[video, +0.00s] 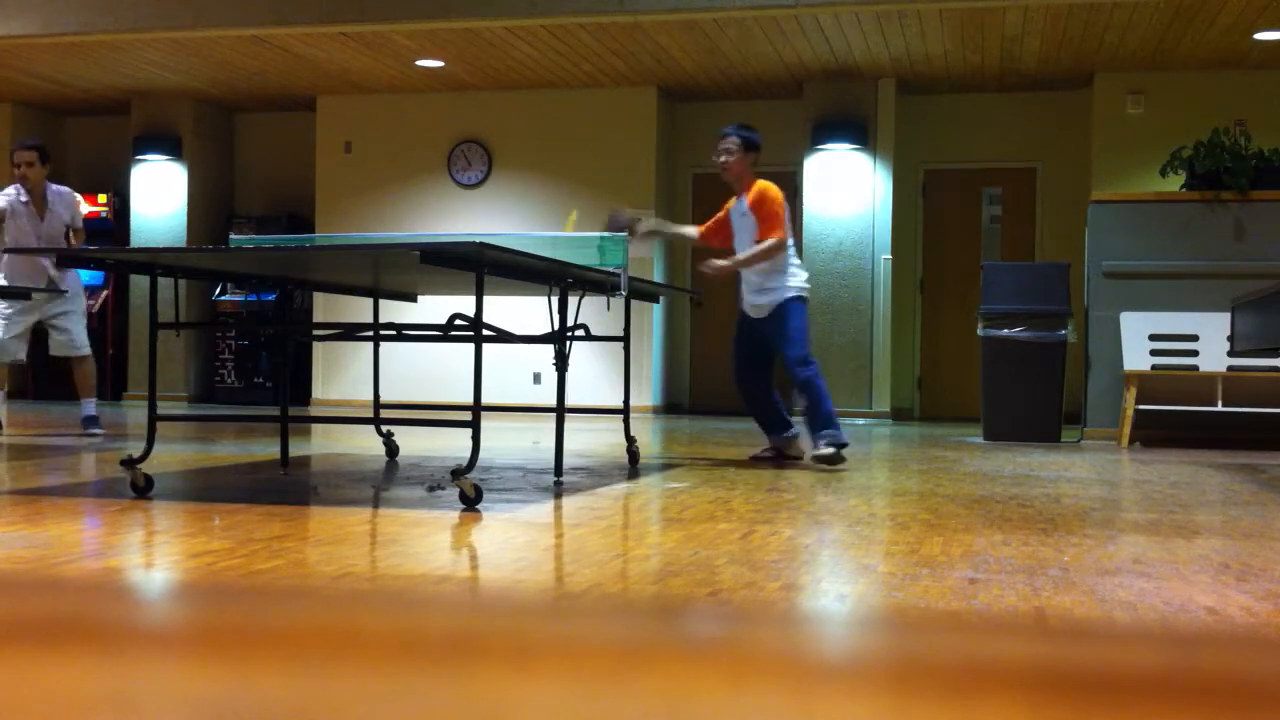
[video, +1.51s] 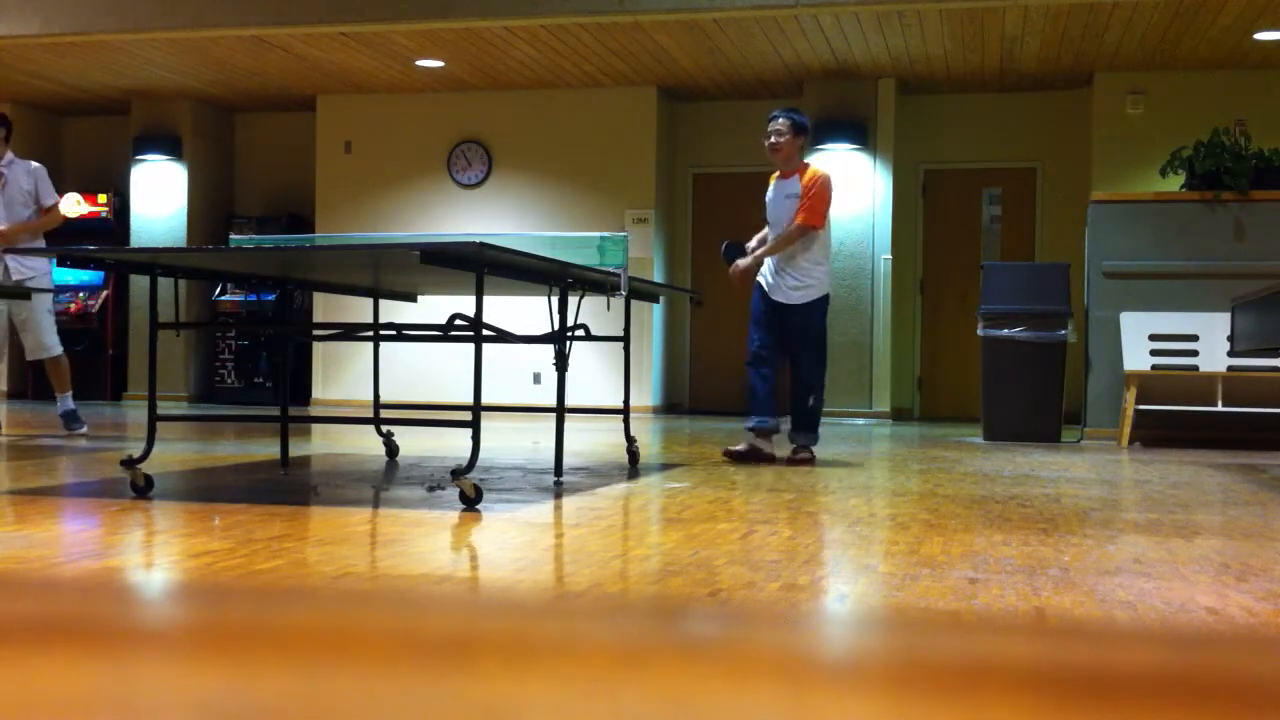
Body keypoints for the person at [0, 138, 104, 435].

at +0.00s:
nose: (22, 171)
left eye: (28, 165)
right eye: (17, 166)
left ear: (45, 167)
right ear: (13, 169)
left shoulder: (66, 198)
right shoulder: (7, 201)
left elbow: (78, 232)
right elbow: (0, 230)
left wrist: (73, 250)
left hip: (63, 287)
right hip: (15, 289)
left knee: (80, 349)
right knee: (2, 350)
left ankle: (89, 414)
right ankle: (0, 413)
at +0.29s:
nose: (43, 148)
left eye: (51, 143)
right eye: (42, 143)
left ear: (70, 149)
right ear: (40, 148)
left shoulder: (92, 189)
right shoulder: (26, 186)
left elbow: (107, 227)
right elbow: (5, 225)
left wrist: (97, 251)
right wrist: (10, 253)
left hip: (79, 286)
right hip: (34, 285)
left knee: (94, 352)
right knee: (14, 351)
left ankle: (95, 416)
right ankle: (4, 415)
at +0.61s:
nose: (34, 143)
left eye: (41, 137)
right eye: (33, 137)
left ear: (61, 141)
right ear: (32, 143)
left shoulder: (88, 185)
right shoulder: (22, 183)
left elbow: (106, 230)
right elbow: (13, 227)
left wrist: (87, 239)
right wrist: (8, 251)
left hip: (78, 283)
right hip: (32, 281)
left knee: (92, 352)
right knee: (15, 351)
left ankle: (95, 416)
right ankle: (5, 415)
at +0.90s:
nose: (20, 146)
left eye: (26, 140)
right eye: (18, 141)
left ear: (47, 143)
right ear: (20, 145)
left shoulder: (76, 183)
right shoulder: (16, 186)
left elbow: (99, 227)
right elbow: (16, 231)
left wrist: (64, 239)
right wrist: (4, 244)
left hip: (71, 285)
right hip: (28, 283)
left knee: (87, 353)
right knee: (7, 348)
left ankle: (95, 416)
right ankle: (3, 414)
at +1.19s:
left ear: (5, 142)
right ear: (4, 142)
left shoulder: (38, 177)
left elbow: (68, 218)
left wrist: (29, 243)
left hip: (49, 283)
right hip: (7, 283)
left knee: (75, 351)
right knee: (2, 358)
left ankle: (90, 413)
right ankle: (3, 423)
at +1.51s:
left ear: (5, 134)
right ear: (3, 135)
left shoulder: (31, 171)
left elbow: (55, 216)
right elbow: (50, 216)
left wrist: (14, 232)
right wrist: (14, 234)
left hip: (30, 273)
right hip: (2, 273)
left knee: (47, 344)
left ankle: (66, 406)